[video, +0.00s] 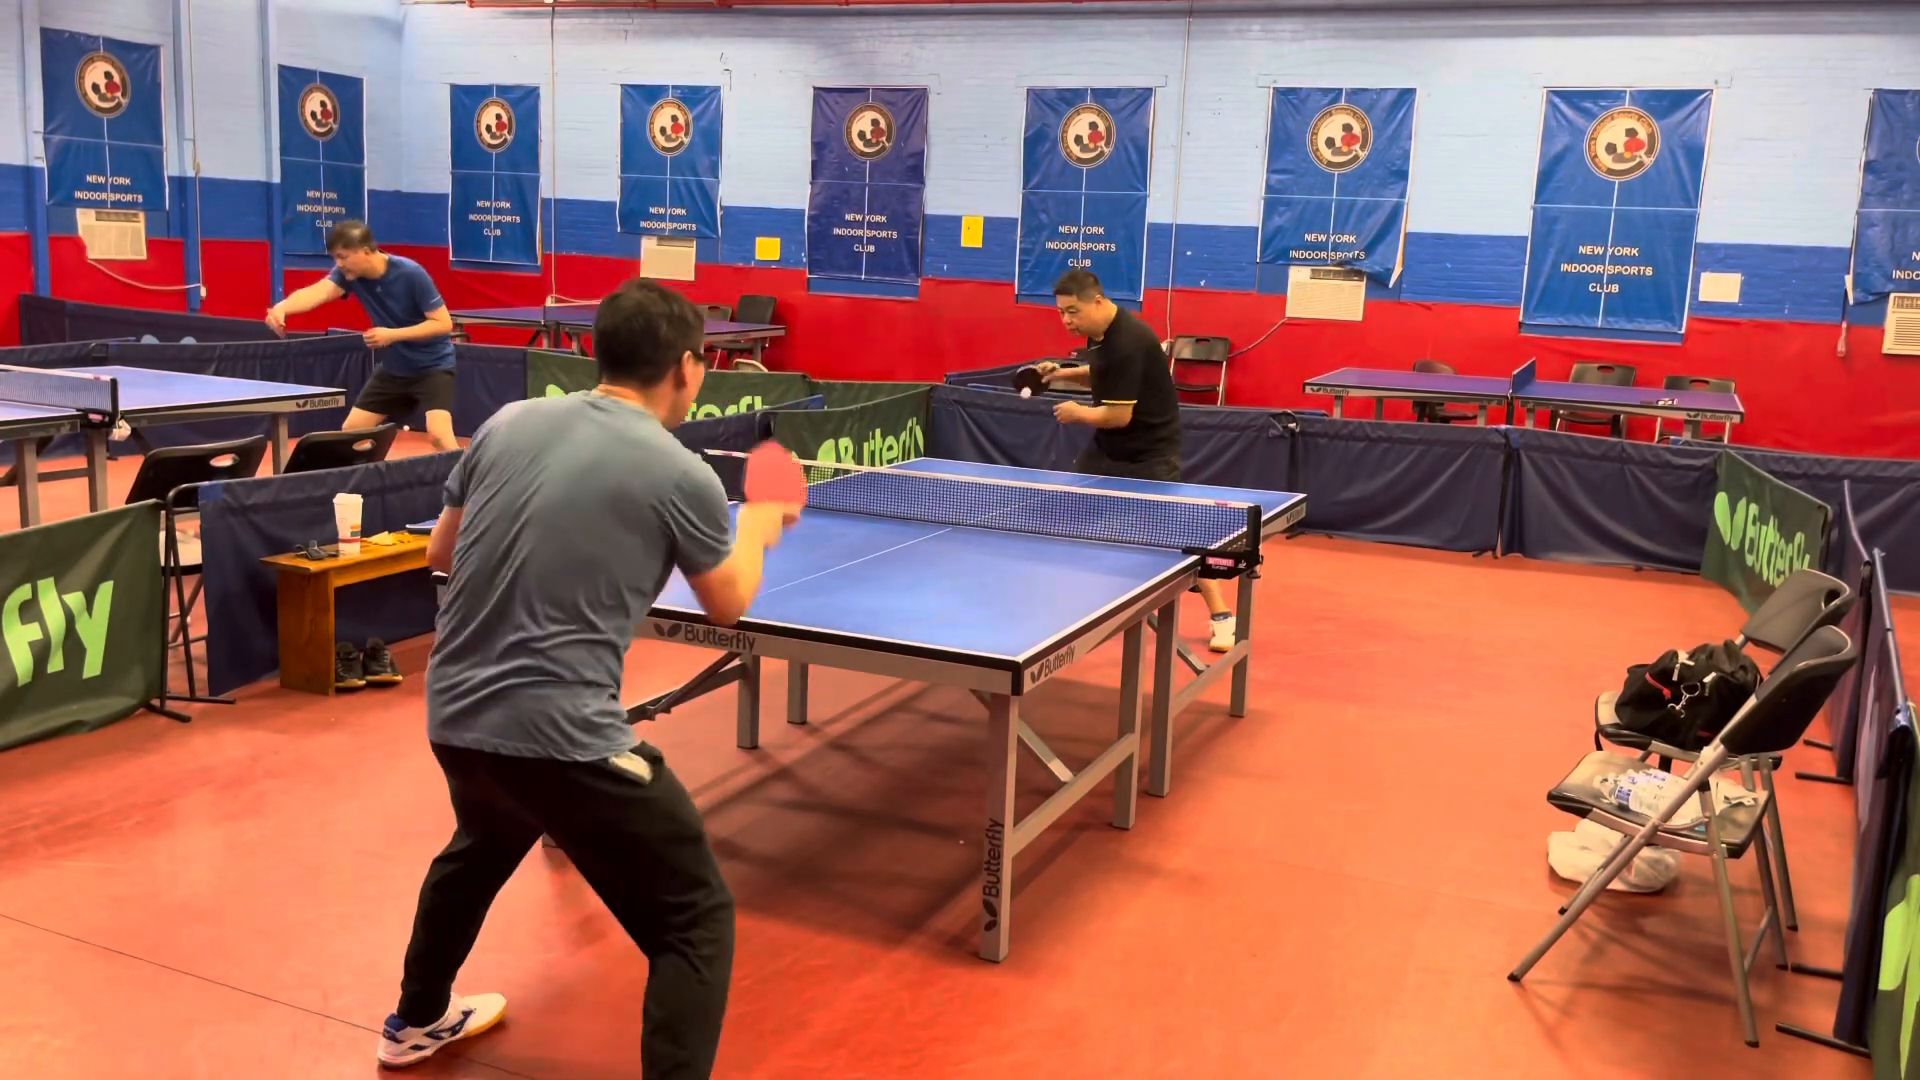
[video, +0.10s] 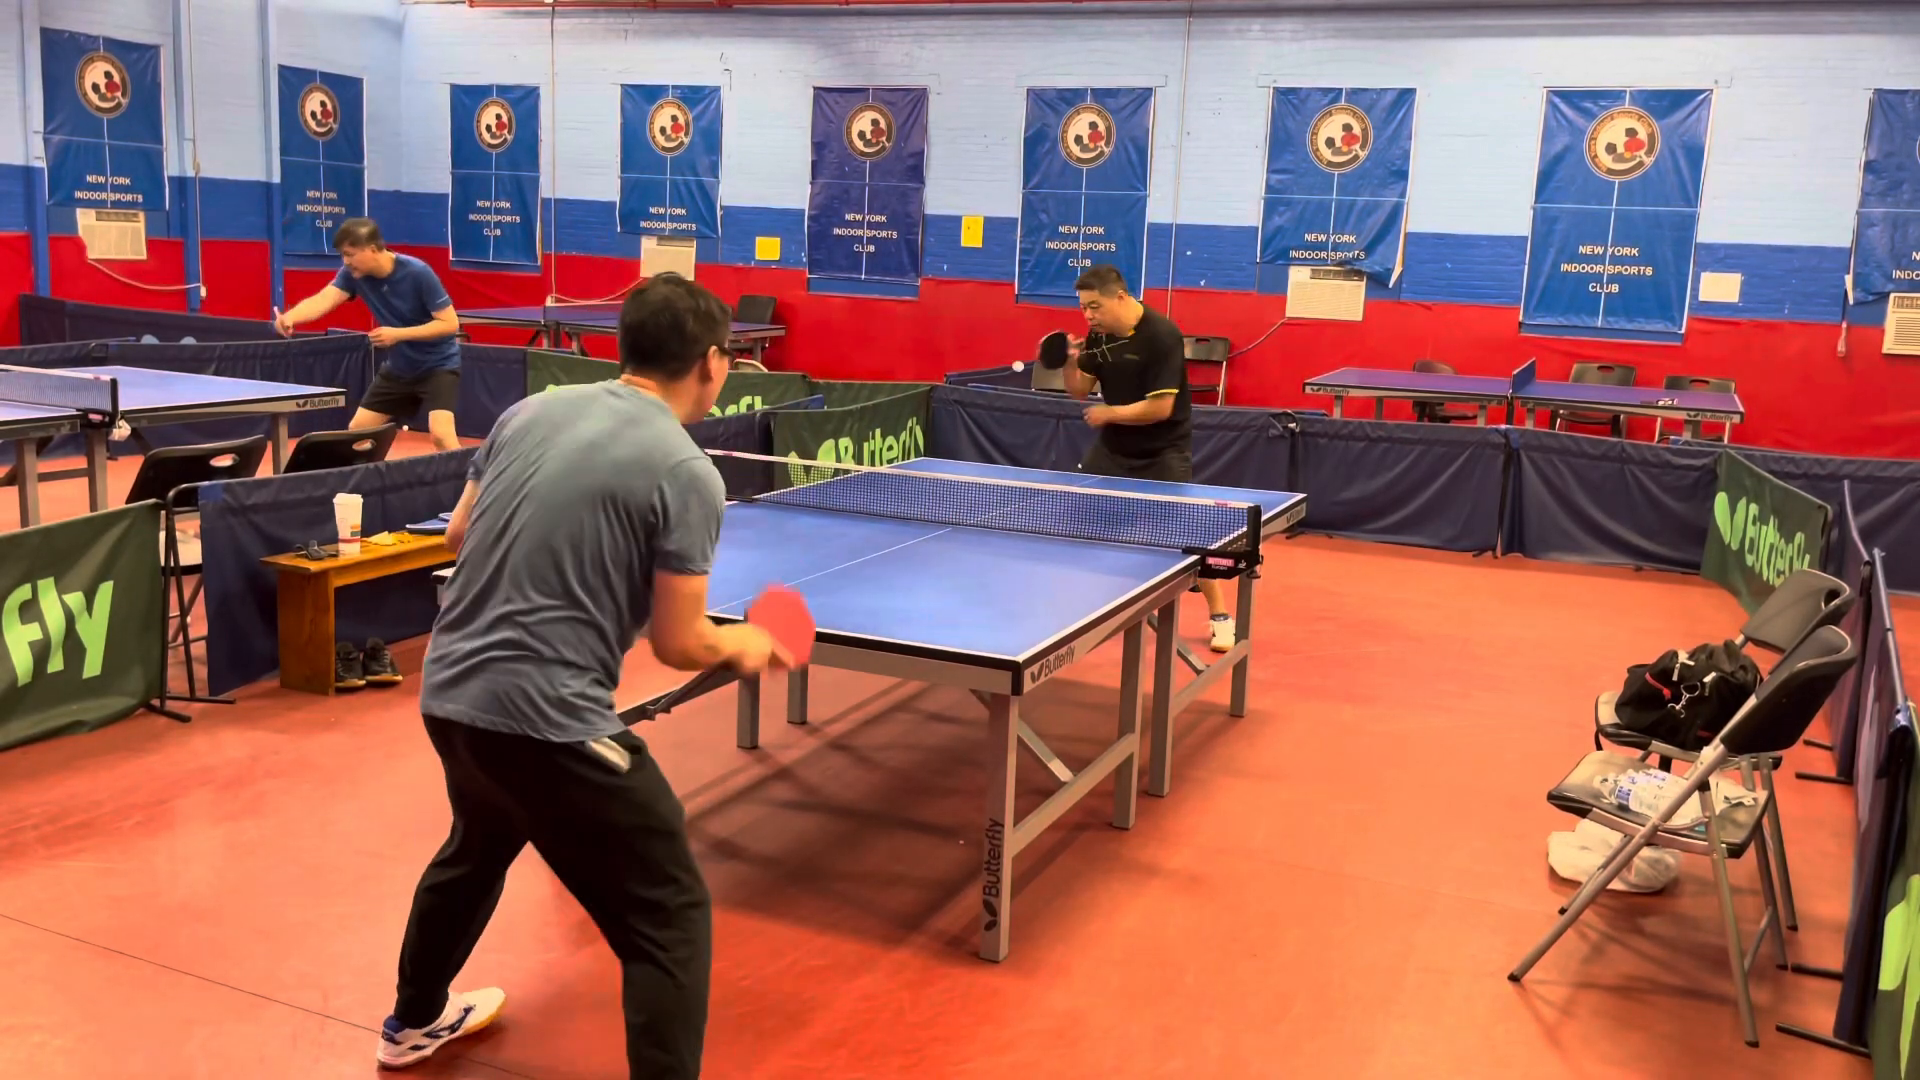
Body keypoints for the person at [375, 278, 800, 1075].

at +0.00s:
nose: (700, 377)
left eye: (701, 363)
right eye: (700, 362)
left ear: (604, 357)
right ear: (681, 367)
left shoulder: (508, 422)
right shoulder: (678, 471)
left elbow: (441, 554)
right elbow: (728, 600)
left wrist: (534, 538)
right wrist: (764, 518)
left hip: (457, 722)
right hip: (567, 737)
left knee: (487, 839)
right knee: (695, 918)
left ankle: (417, 1018)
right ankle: (675, 1073)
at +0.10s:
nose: (728, 373)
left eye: (726, 357)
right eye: (726, 357)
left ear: (626, 351)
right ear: (706, 363)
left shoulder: (530, 411)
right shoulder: (684, 470)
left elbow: (462, 529)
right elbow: (677, 640)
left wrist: (561, 565)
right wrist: (743, 643)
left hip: (452, 700)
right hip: (554, 722)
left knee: (479, 842)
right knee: (669, 916)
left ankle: (415, 1019)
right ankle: (665, 1073)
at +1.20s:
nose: (737, 430)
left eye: (741, 414)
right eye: (740, 413)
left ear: (647, 393)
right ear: (715, 411)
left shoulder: (578, 442)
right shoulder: (625, 493)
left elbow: (524, 571)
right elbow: (562, 654)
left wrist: (612, 631)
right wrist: (659, 776)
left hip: (432, 709)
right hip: (500, 731)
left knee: (495, 850)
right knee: (640, 921)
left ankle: (400, 1029)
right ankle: (634, 1067)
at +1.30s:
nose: (725, 425)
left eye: (729, 407)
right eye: (727, 406)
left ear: (633, 387)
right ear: (695, 402)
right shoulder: (610, 481)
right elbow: (586, 653)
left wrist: (669, 660)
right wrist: (734, 688)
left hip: (437, 714)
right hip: (506, 732)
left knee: (501, 846)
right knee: (652, 921)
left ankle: (400, 1027)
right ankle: (644, 1071)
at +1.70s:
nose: (685, 373)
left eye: (686, 358)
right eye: (684, 358)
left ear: (589, 350)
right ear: (664, 361)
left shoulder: (481, 414)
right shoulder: (665, 462)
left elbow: (415, 546)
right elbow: (721, 571)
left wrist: (505, 560)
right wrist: (756, 490)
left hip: (441, 720)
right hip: (554, 734)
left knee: (462, 850)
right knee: (671, 930)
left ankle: (399, 1027)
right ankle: (660, 1073)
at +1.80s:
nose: (710, 396)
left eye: (708, 381)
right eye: (709, 381)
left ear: (608, 368)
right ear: (692, 383)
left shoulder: (508, 427)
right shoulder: (678, 491)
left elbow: (430, 551)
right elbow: (692, 644)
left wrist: (515, 595)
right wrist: (748, 582)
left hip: (440, 719)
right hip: (550, 741)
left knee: (475, 848)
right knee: (674, 928)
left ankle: (399, 1027)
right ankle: (662, 1072)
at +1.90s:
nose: (734, 400)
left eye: (736, 384)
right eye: (736, 384)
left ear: (641, 367)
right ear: (721, 382)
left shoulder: (536, 419)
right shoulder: (683, 487)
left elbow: (460, 534)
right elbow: (641, 654)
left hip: (432, 694)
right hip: (529, 720)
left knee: (462, 855)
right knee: (642, 928)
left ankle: (397, 1028)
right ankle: (646, 1070)